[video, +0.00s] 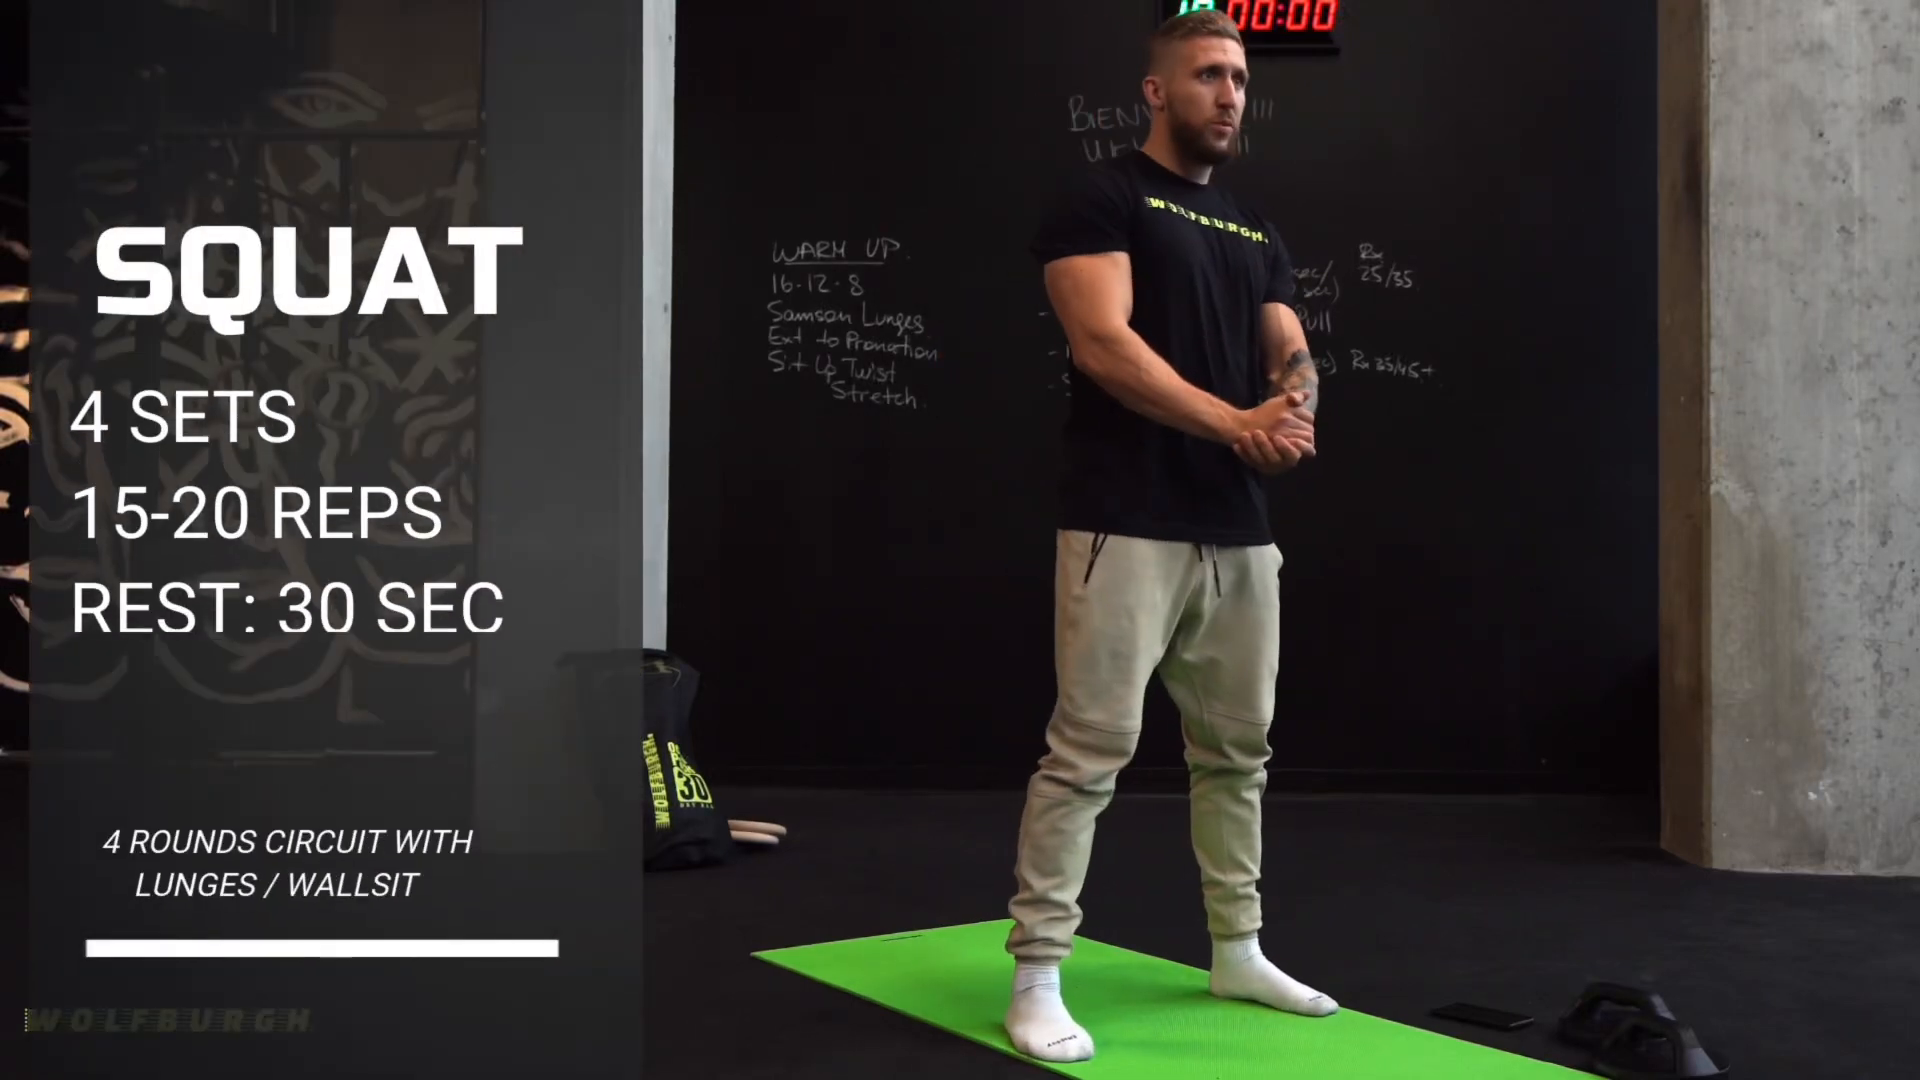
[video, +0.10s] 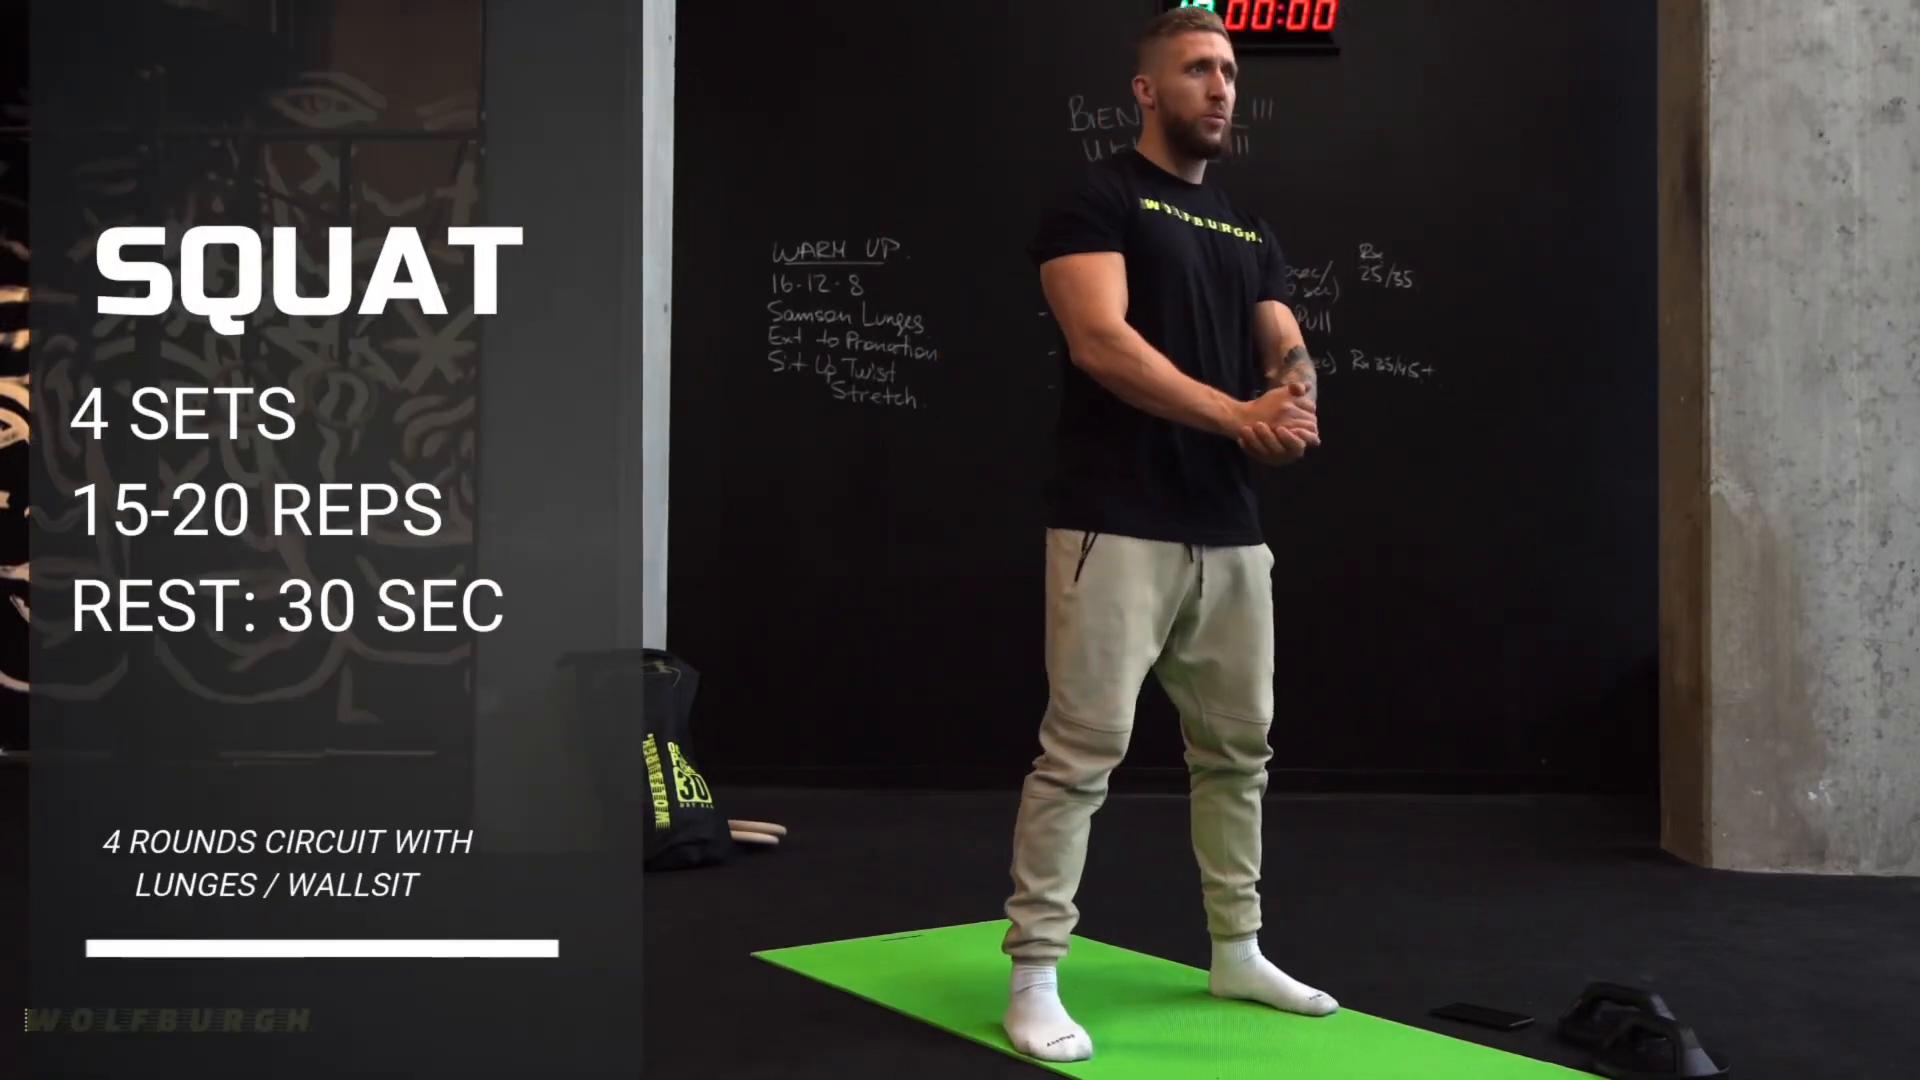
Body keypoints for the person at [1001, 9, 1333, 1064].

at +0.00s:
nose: (1232, 95)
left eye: (1239, 79)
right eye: (1211, 76)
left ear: (1244, 96)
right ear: (1154, 89)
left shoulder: (1251, 232)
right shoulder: (1095, 200)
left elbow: (1288, 352)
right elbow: (1101, 344)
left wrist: (1292, 405)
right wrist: (1232, 423)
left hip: (1236, 528)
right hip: (1123, 523)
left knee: (1235, 747)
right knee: (1090, 749)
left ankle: (1237, 955)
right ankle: (1037, 980)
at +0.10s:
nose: (1225, 89)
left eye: (1231, 73)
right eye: (1202, 71)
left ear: (1233, 93)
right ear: (1145, 90)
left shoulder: (1244, 228)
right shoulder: (1089, 201)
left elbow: (1285, 350)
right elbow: (1100, 343)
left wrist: (1292, 404)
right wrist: (1233, 415)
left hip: (1227, 529)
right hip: (1114, 524)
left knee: (1236, 746)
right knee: (1083, 749)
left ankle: (1237, 955)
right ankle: (1035, 980)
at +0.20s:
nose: (1220, 86)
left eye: (1224, 71)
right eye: (1196, 70)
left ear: (1225, 94)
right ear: (1139, 92)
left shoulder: (1239, 225)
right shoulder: (1084, 204)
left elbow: (1291, 343)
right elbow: (1105, 340)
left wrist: (1297, 402)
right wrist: (1246, 407)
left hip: (1221, 536)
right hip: (1106, 531)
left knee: (1243, 746)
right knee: (1079, 754)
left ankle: (1237, 955)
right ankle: (1034, 981)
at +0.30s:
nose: (1212, 114)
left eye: (1218, 99)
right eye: (1188, 99)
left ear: (1226, 121)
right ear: (1133, 121)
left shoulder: (1239, 251)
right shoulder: (1082, 229)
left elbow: (1311, 345)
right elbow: (1127, 347)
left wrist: (1347, 375)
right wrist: (1289, 379)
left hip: (1198, 548)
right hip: (1082, 545)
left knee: (1268, 744)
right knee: (1078, 758)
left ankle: (1239, 955)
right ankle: (1035, 982)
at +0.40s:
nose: (1214, 167)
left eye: (1220, 151)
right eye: (1189, 151)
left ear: (1227, 169)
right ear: (1135, 172)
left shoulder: (1238, 293)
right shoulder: (1086, 277)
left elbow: (1324, 368)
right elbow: (1148, 364)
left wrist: (1387, 366)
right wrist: (1314, 364)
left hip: (1180, 578)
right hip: (1066, 577)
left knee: (1286, 744)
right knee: (1088, 756)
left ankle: (1241, 955)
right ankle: (1036, 982)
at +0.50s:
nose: (1222, 261)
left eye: (1227, 246)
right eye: (1198, 246)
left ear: (1235, 263)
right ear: (1142, 266)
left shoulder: (1239, 375)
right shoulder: (1099, 364)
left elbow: (1368, 424)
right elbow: (1173, 410)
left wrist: (1408, 376)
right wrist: (1344, 359)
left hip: (1168, 631)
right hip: (1052, 631)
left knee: (1302, 746)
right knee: (1090, 754)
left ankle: (1242, 958)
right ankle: (1036, 985)